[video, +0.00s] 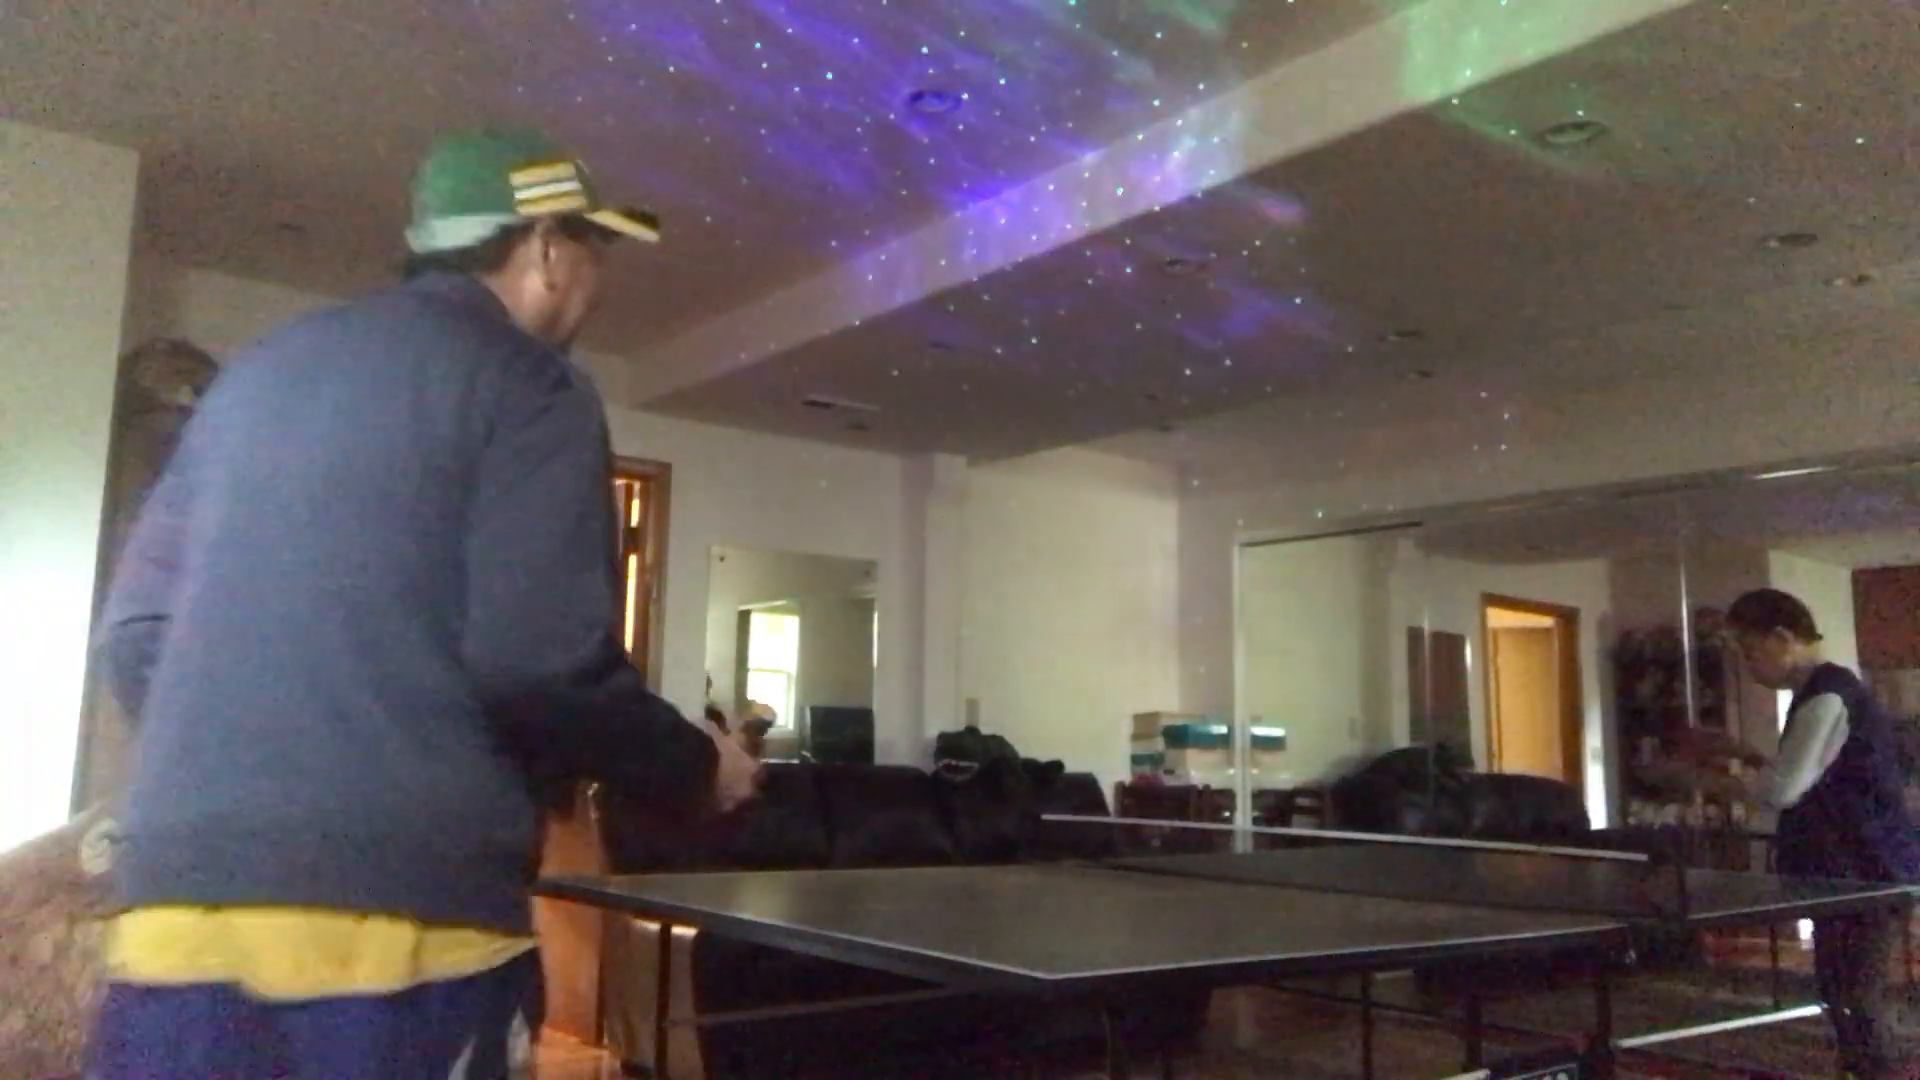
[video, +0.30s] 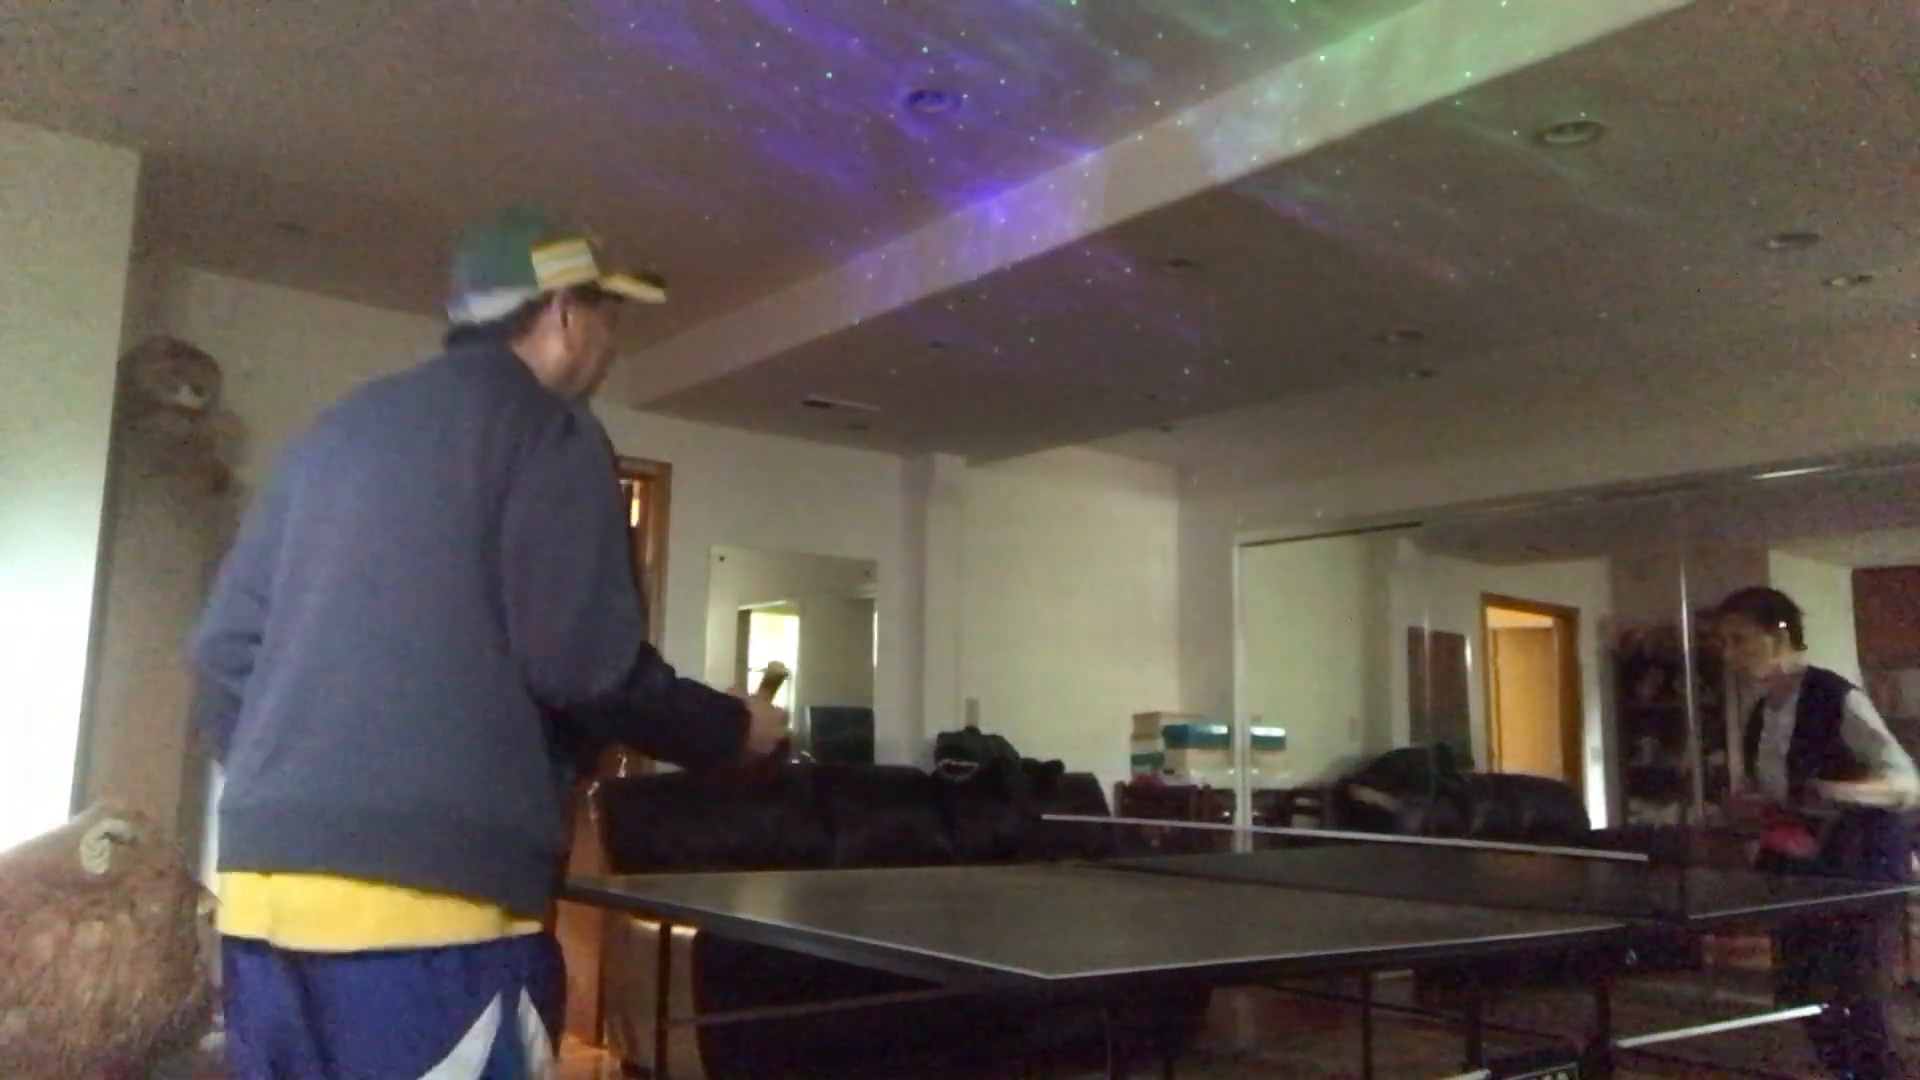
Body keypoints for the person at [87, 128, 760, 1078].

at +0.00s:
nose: (595, 291)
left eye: (598, 260)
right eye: (593, 257)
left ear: (433, 245)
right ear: (544, 254)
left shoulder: (255, 368)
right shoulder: (529, 382)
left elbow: (134, 629)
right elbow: (535, 663)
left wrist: (257, 773)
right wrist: (699, 761)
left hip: (174, 924)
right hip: (397, 934)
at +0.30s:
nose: (607, 347)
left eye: (609, 322)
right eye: (604, 318)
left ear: (469, 315)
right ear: (561, 314)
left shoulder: (333, 427)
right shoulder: (545, 429)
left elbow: (222, 644)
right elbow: (580, 663)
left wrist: (279, 777)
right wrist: (737, 726)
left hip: (262, 888)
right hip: (434, 902)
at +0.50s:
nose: (668, 396)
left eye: (670, 374)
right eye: (664, 371)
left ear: (546, 359)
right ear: (624, 366)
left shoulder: (413, 447)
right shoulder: (607, 465)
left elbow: (288, 635)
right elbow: (625, 681)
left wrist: (359, 767)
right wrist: (744, 759)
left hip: (280, 855)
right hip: (452, 865)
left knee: (283, 1065)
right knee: (564, 1059)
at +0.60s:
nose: (700, 446)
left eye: (704, 425)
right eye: (697, 422)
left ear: (584, 404)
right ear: (659, 418)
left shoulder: (448, 470)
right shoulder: (657, 515)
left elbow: (306, 637)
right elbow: (663, 706)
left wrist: (349, 775)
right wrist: (740, 803)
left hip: (291, 855)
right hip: (473, 872)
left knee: (283, 1068)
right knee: (561, 1066)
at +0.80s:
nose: (761, 509)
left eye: (766, 491)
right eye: (763, 489)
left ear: (661, 456)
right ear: (736, 482)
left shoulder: (529, 478)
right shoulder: (741, 574)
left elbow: (368, 556)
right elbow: (725, 758)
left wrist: (285, 714)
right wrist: (789, 780)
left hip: (389, 845)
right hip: (566, 878)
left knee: (300, 1068)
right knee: (605, 1065)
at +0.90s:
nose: (791, 499)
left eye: (796, 479)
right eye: (792, 478)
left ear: (689, 445)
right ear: (764, 470)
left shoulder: (583, 449)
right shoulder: (767, 563)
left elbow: (456, 443)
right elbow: (725, 704)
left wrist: (305, 588)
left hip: (425, 795)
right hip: (594, 830)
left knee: (370, 1064)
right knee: (625, 1064)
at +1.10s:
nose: (802, 452)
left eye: (806, 434)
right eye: (802, 433)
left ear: (695, 404)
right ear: (770, 428)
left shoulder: (579, 439)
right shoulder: (786, 522)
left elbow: (447, 530)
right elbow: (736, 663)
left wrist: (328, 660)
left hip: (454, 793)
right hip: (613, 832)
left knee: (423, 1052)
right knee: (625, 1065)